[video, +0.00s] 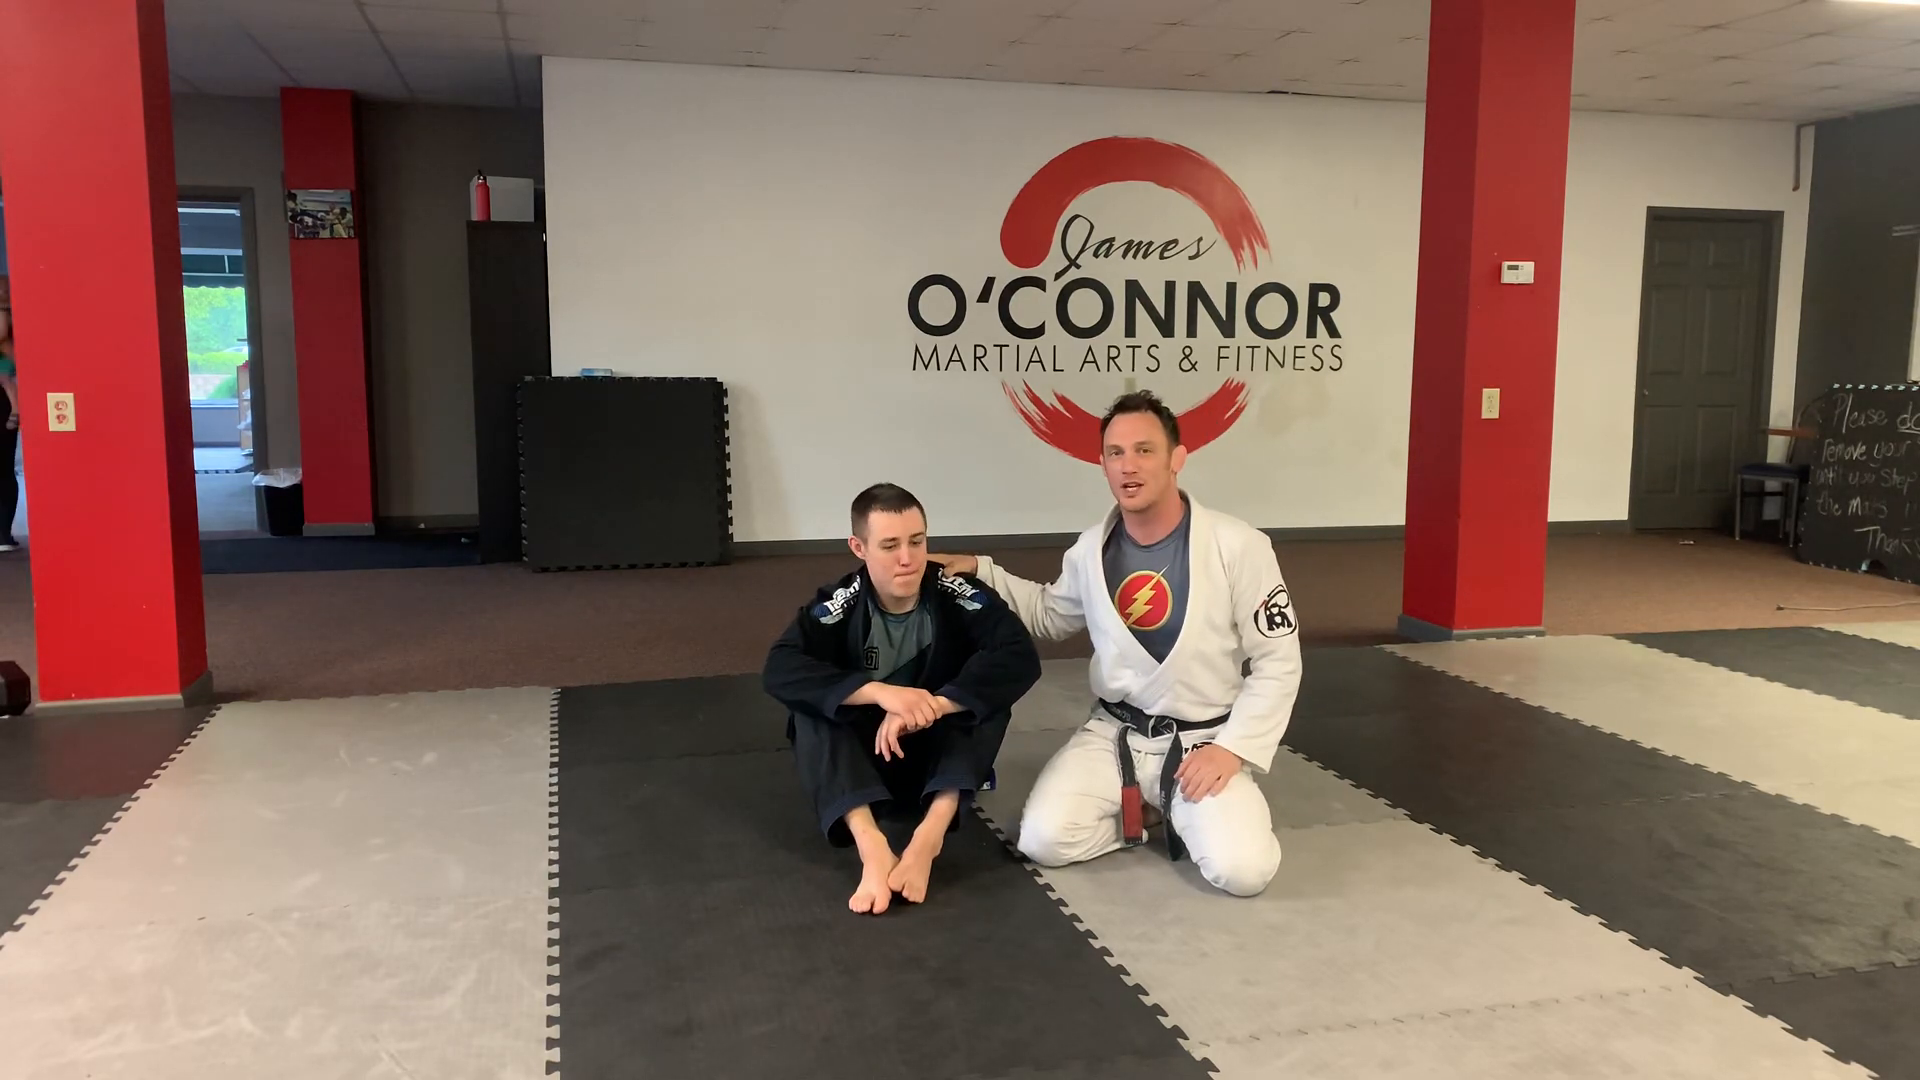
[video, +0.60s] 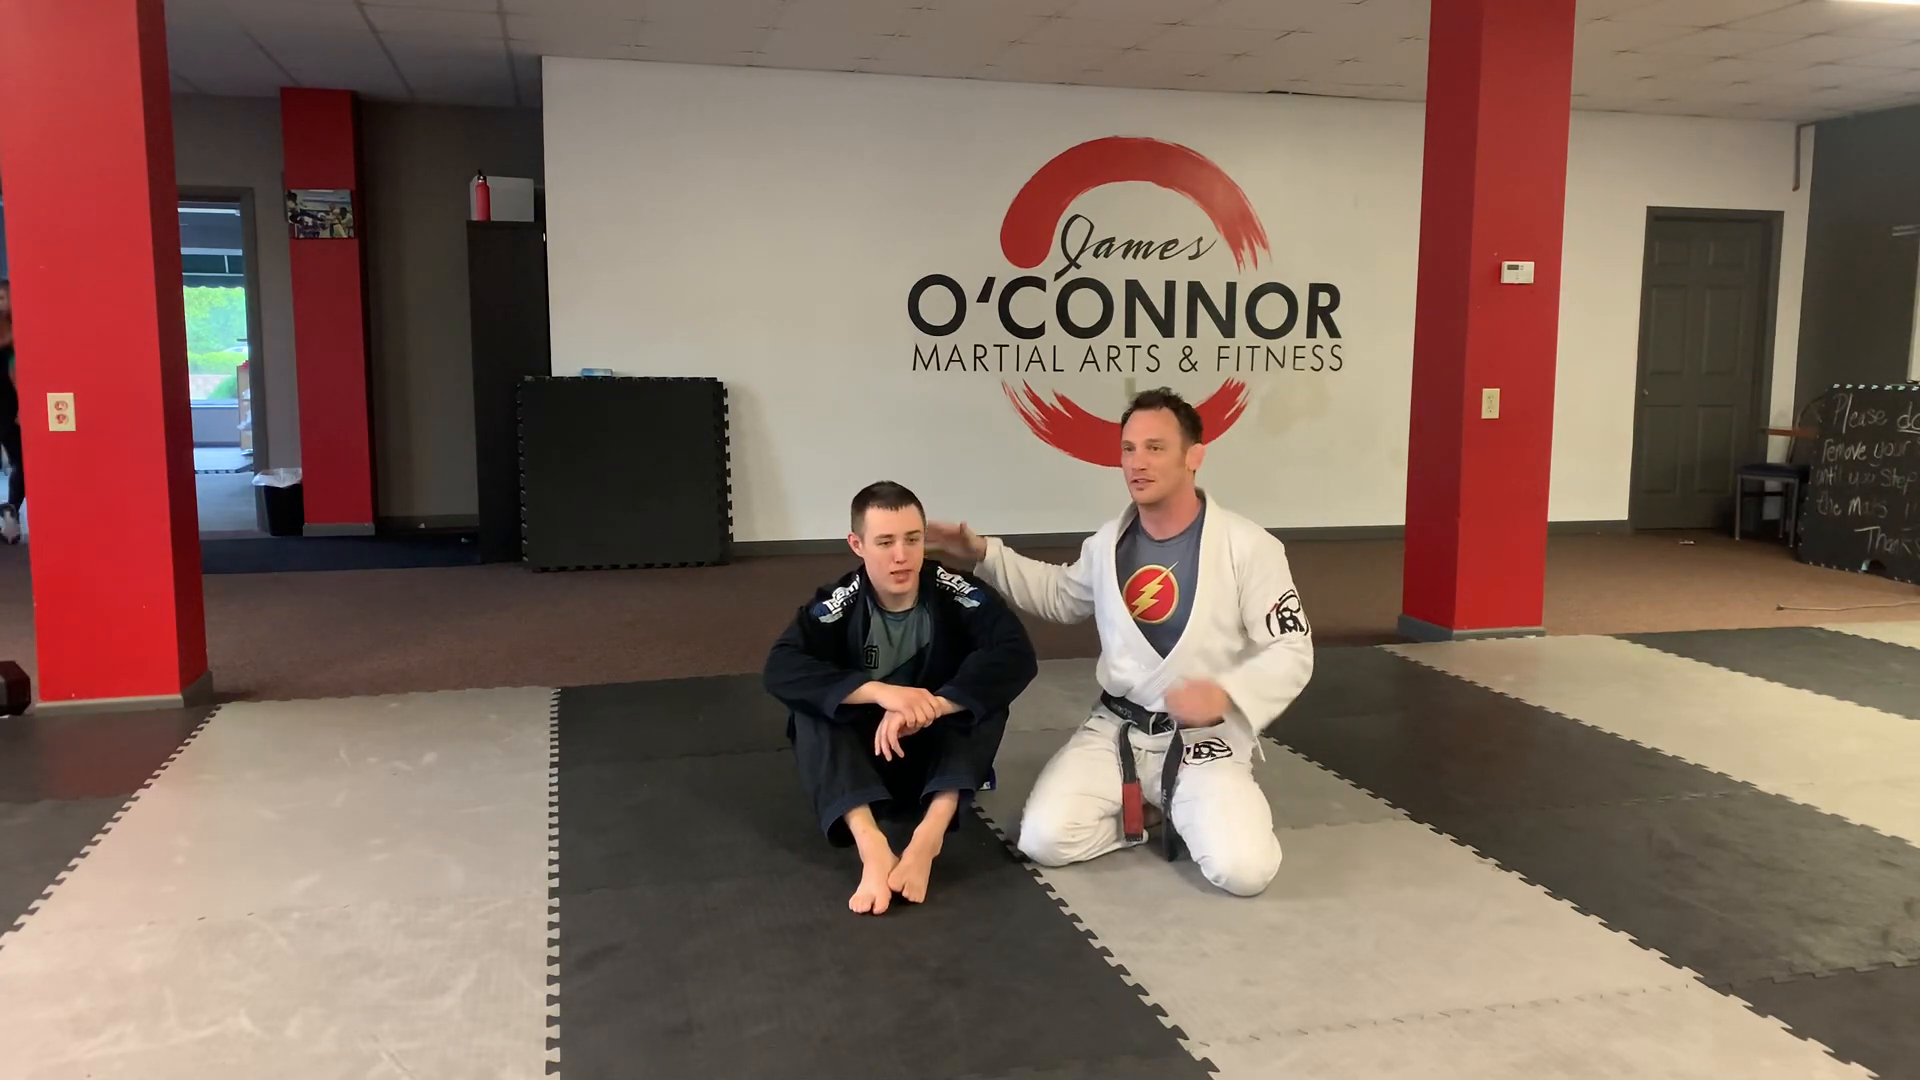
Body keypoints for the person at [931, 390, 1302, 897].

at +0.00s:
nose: (1127, 467)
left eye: (1144, 450)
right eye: (1115, 453)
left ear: (1176, 460)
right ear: (1102, 464)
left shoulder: (1239, 548)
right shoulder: (1089, 552)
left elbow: (1278, 661)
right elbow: (1050, 616)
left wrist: (1230, 749)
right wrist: (979, 568)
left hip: (1207, 739)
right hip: (1114, 732)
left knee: (1245, 871)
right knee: (1044, 841)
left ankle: (1186, 804)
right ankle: (1152, 810)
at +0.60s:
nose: (1137, 463)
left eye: (1154, 447)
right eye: (1129, 449)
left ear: (1194, 457)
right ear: (1119, 457)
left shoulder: (1248, 548)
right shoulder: (1107, 544)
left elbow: (1292, 651)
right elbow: (1063, 597)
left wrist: (1227, 692)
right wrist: (980, 553)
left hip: (1207, 736)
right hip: (1115, 728)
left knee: (1246, 870)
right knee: (1045, 840)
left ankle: (1190, 800)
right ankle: (1149, 807)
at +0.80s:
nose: (1135, 468)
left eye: (1150, 454)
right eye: (1134, 455)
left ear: (1199, 462)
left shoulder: (1260, 544)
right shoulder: (1121, 540)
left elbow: (1275, 651)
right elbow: (1064, 590)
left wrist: (1208, 566)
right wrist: (989, 539)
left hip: (1211, 737)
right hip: (1119, 727)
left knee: (1246, 870)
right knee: (1045, 842)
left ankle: (1198, 798)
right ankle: (1154, 810)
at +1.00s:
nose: (1166, 476)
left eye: (1182, 460)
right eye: (1162, 460)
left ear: (1231, 464)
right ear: (1157, 461)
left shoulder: (1282, 542)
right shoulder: (1141, 542)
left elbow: (1274, 636)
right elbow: (1077, 600)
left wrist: (1218, 543)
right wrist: (986, 582)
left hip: (1224, 739)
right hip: (1129, 727)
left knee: (1251, 867)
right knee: (1048, 842)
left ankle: (1198, 800)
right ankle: (1157, 809)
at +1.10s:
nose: (1194, 475)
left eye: (1212, 459)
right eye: (1185, 459)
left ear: (1250, 464)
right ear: (1175, 463)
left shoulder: (1295, 545)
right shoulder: (1148, 541)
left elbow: (1295, 643)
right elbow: (1081, 595)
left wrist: (1241, 551)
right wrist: (987, 579)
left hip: (1233, 739)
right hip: (1137, 726)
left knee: (1258, 863)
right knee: (1052, 843)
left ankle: (1205, 798)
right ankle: (1157, 807)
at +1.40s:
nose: (1243, 477)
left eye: (1261, 464)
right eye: (1230, 462)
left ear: (1287, 479)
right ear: (1210, 475)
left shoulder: (1326, 574)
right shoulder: (1172, 549)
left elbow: (1345, 696)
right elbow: (1131, 620)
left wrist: (1284, 631)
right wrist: (1081, 631)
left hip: (1250, 743)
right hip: (1160, 723)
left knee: (1248, 866)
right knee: (1107, 848)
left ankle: (1213, 796)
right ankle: (1174, 798)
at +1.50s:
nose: (1247, 489)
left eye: (1266, 473)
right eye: (1233, 472)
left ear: (1293, 487)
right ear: (1214, 483)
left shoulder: (1335, 581)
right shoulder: (1174, 562)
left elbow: (1353, 694)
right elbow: (1120, 637)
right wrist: (1083, 682)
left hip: (1264, 744)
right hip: (1171, 726)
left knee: (1256, 869)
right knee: (1135, 855)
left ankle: (1220, 800)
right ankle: (1183, 798)